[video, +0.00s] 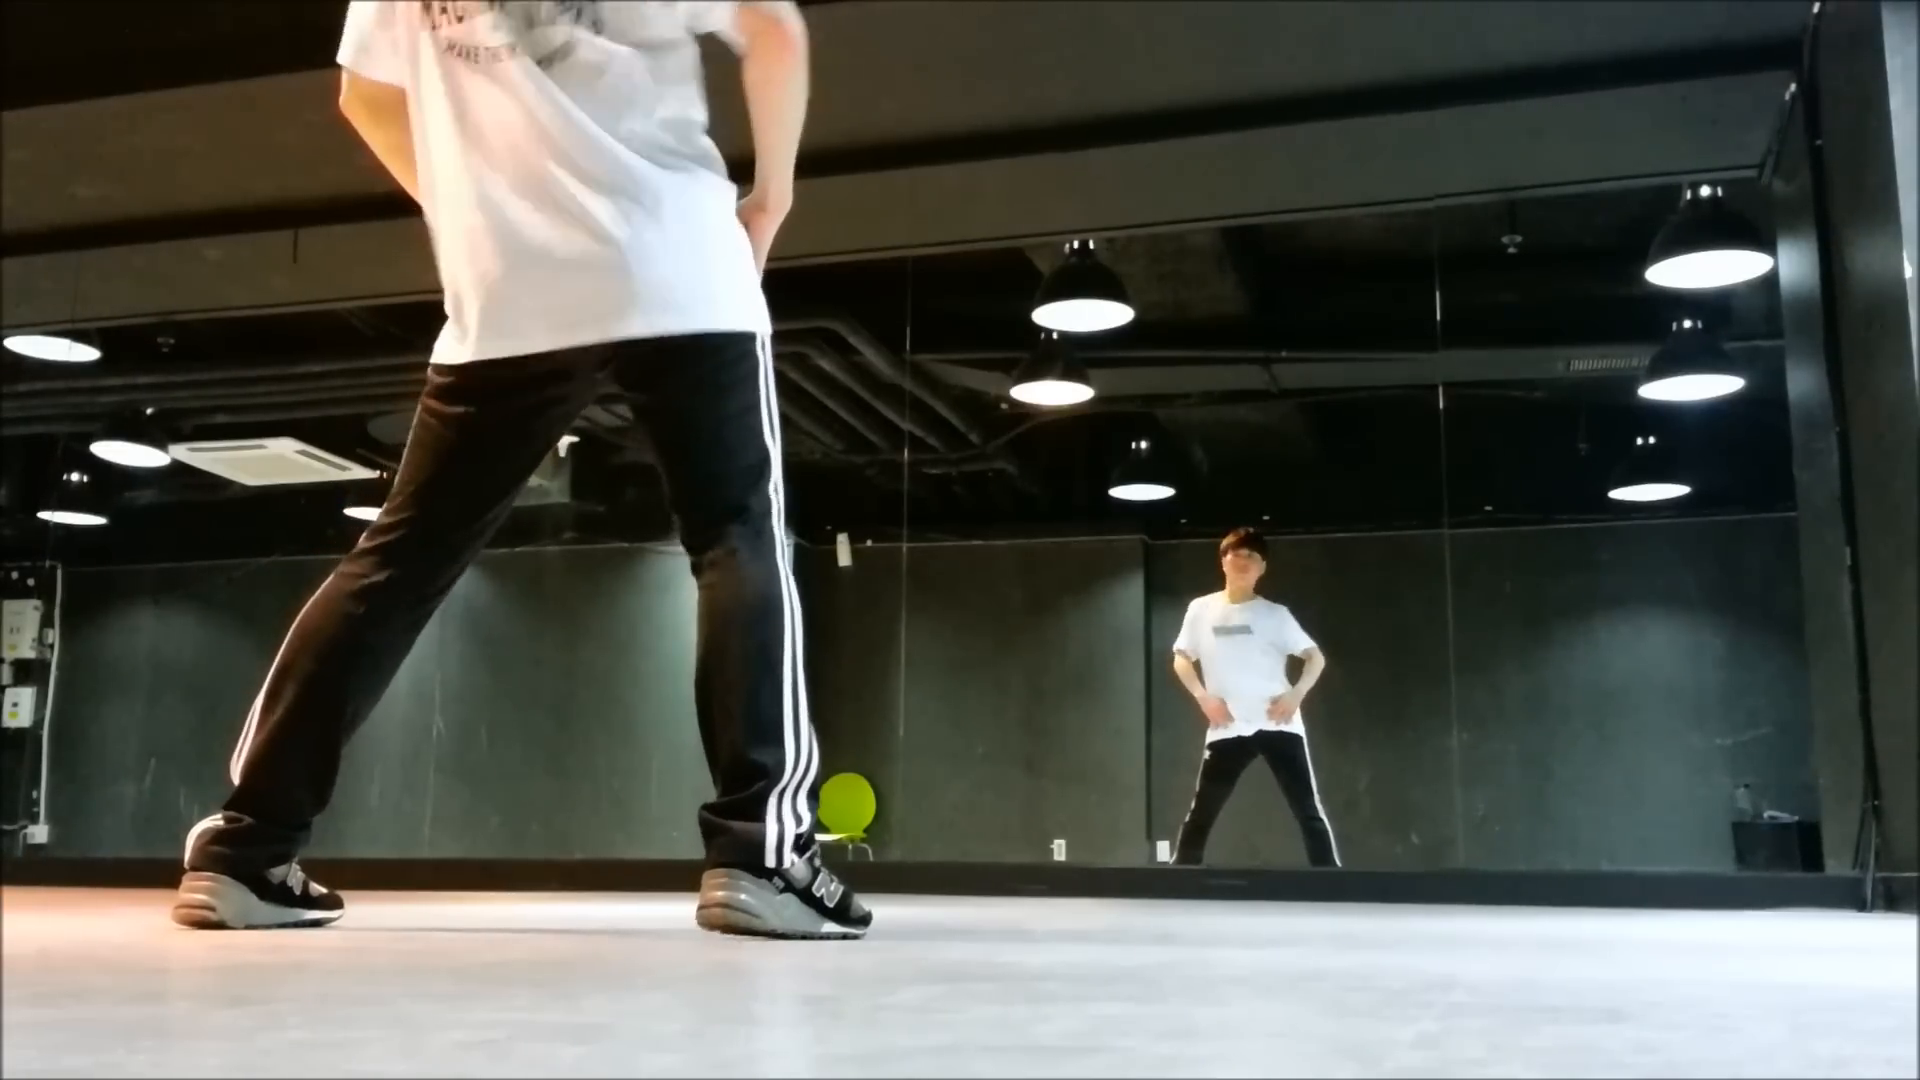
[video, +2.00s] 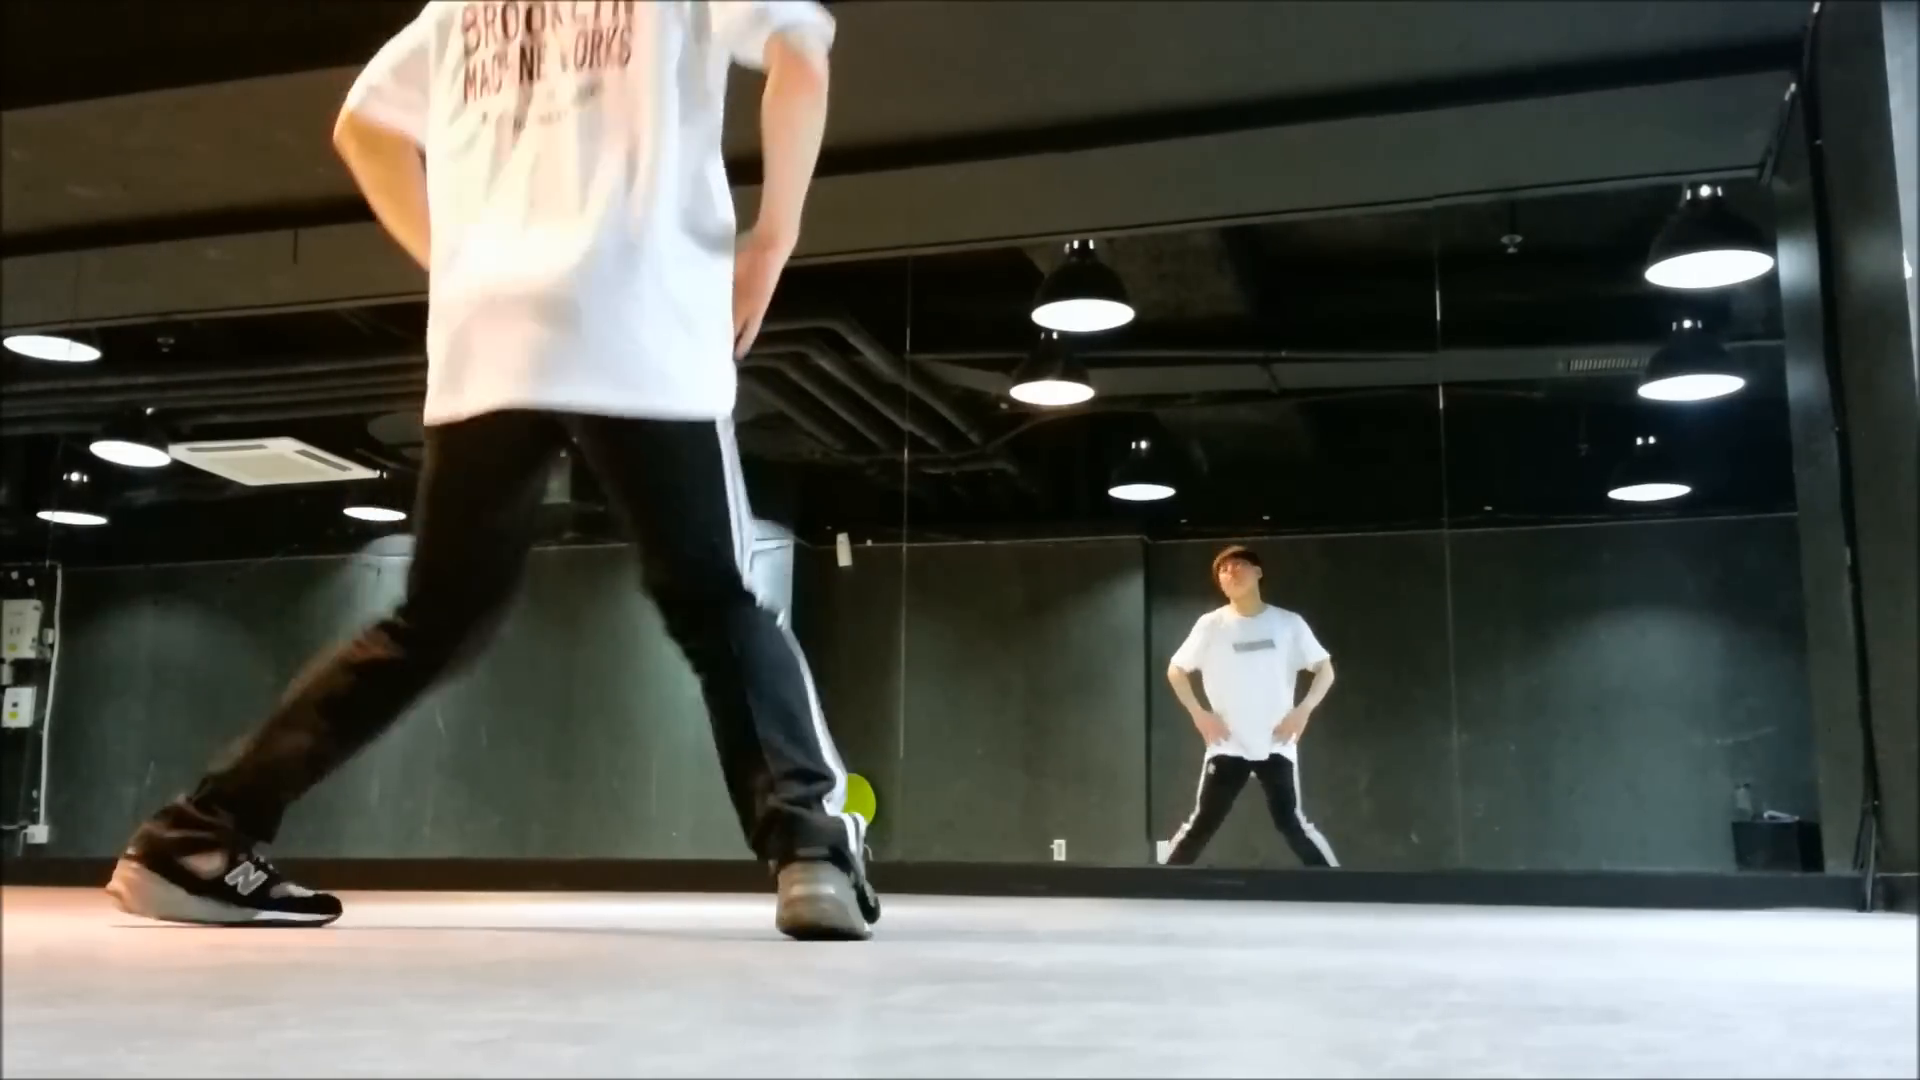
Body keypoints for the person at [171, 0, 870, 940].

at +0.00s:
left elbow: (368, 92)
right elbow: (772, 25)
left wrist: (472, 210)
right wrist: (773, 183)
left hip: (505, 264)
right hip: (679, 254)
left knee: (397, 558)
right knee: (739, 545)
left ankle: (243, 844)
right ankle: (763, 851)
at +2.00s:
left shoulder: (462, 11)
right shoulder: (695, 4)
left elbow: (368, 121)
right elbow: (801, 48)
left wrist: (460, 261)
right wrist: (774, 238)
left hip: (486, 308)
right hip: (647, 305)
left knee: (436, 618)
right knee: (717, 605)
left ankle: (197, 836)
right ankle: (815, 855)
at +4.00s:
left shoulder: (404, 1)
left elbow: (304, 98)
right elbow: (784, 24)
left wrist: (399, 259)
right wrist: (746, 214)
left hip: (447, 289)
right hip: (615, 287)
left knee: (397, 613)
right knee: (697, 591)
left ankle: (146, 842)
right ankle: (777, 860)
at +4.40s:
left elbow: (306, 68)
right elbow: (764, 35)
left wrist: (409, 218)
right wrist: (743, 185)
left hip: (464, 290)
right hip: (632, 291)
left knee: (383, 565)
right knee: (741, 548)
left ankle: (275, 833)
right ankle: (706, 825)